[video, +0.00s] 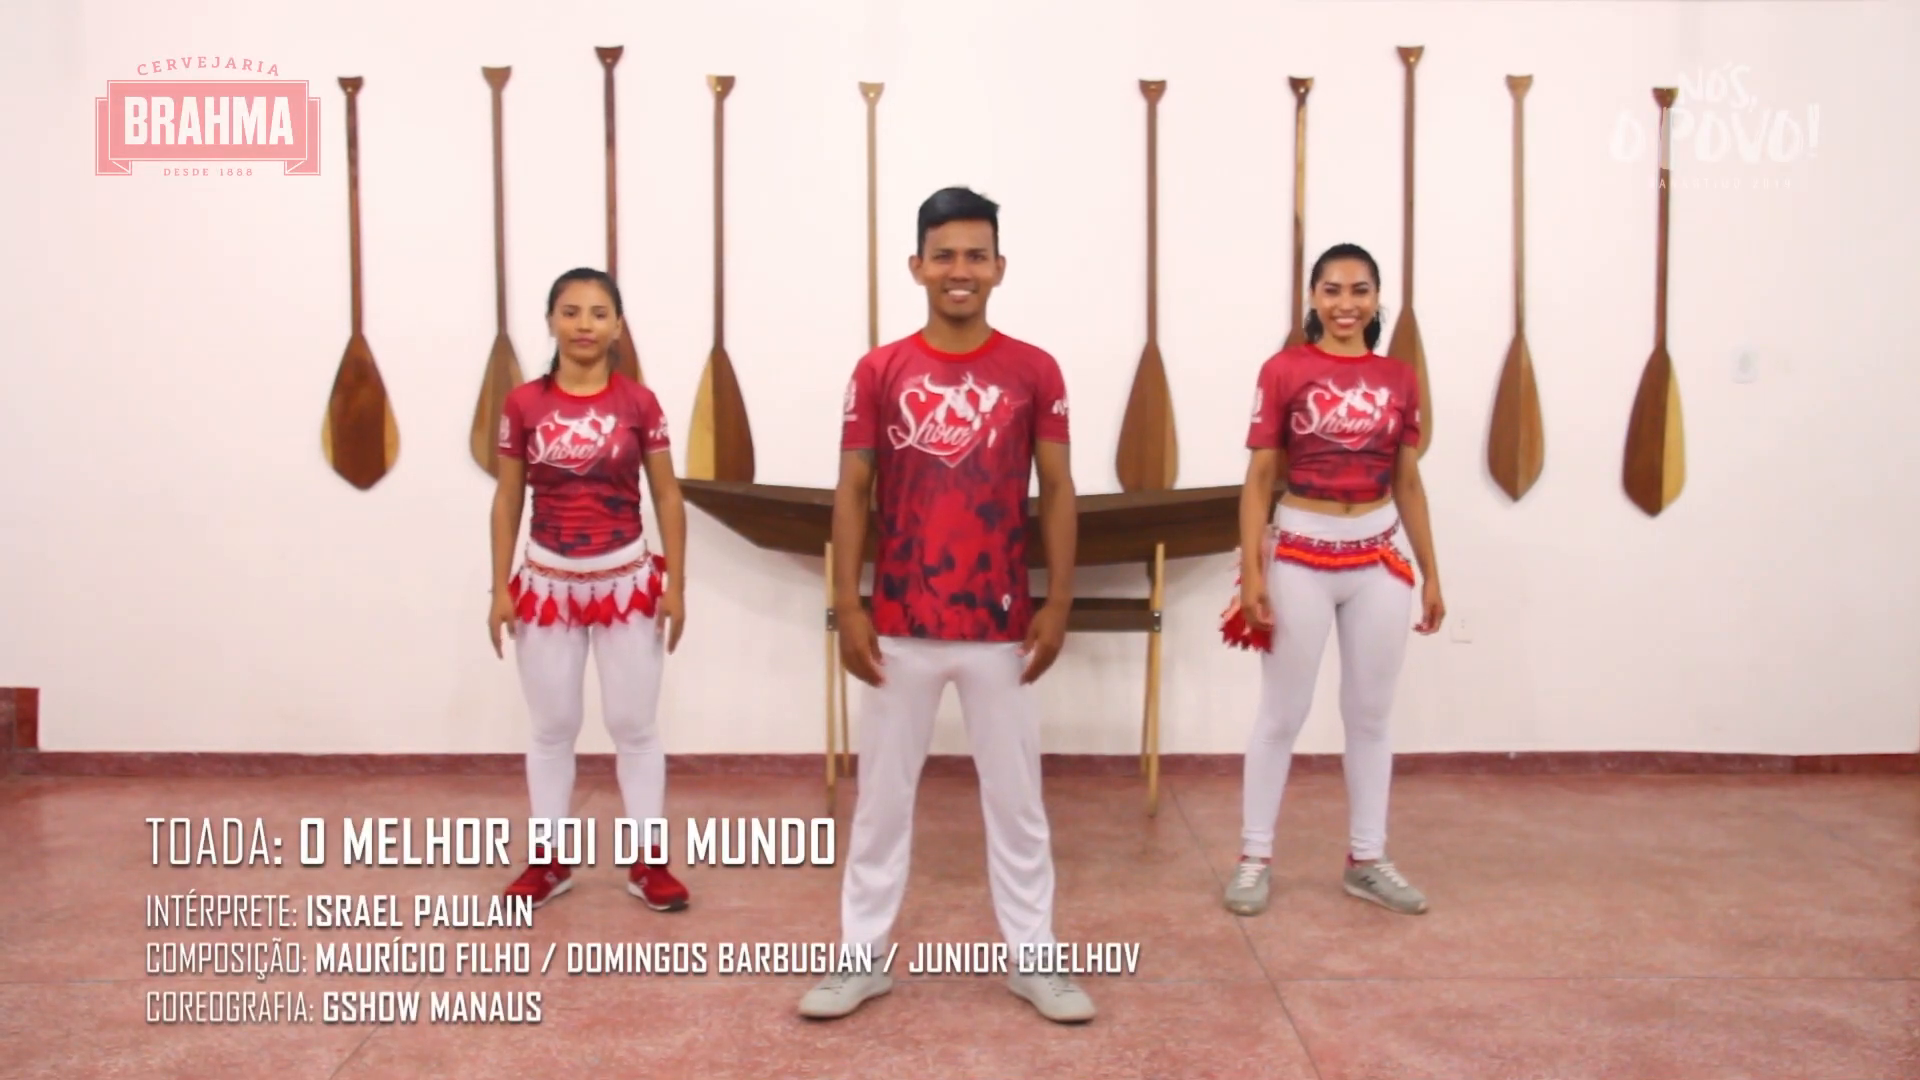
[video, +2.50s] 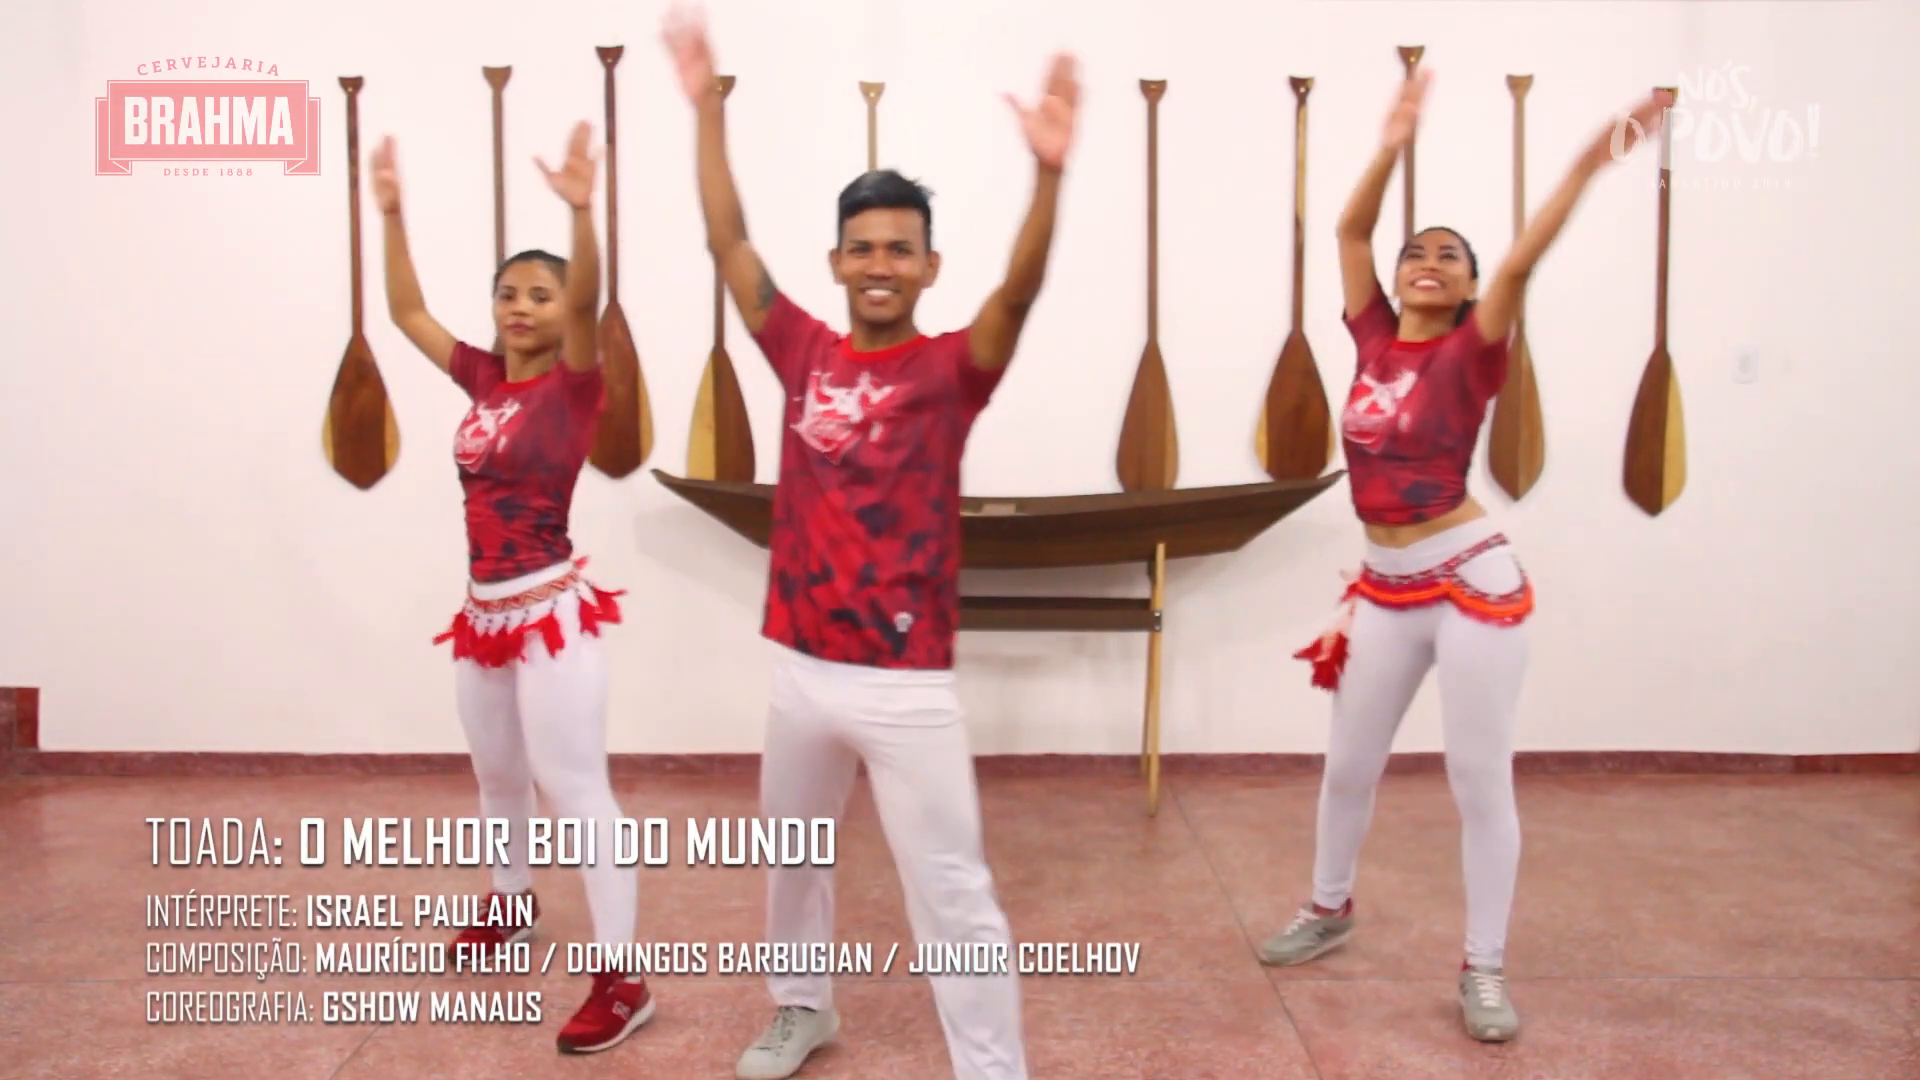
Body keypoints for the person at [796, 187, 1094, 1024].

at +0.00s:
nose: (962, 270)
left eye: (977, 255)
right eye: (946, 256)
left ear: (998, 266)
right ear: (919, 267)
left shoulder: (1034, 371)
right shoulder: (879, 373)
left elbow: (1058, 492)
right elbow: (852, 494)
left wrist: (1059, 601)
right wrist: (845, 605)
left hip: (999, 624)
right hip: (901, 623)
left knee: (1016, 799)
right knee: (881, 796)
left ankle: (1033, 954)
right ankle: (863, 953)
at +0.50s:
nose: (969, 249)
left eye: (987, 237)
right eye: (956, 239)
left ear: (1020, 261)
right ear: (939, 264)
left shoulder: (1054, 371)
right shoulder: (912, 371)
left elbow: (1064, 486)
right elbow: (911, 499)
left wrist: (1074, 600)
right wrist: (939, 618)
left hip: (1028, 626)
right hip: (937, 625)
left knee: (1028, 800)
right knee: (898, 797)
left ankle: (1034, 954)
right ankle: (868, 951)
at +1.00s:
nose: (954, 248)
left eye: (973, 235)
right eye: (942, 238)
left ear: (1009, 258)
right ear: (929, 265)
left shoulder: (1043, 344)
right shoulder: (914, 352)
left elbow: (1147, 297)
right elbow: (872, 301)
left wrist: (1239, 233)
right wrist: (906, 206)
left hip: (1029, 623)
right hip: (935, 624)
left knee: (1033, 803)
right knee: (878, 798)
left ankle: (1035, 958)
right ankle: (819, 975)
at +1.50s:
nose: (862, 240)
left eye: (883, 229)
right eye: (852, 228)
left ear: (924, 255)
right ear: (838, 248)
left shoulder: (944, 343)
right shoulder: (792, 338)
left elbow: (999, 242)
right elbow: (687, 282)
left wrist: (981, 123)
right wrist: (577, 217)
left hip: (915, 629)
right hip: (808, 630)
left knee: (982, 798)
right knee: (791, 827)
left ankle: (1044, 953)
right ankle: (807, 1006)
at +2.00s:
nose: (839, 251)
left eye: (859, 237)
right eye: (823, 235)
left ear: (888, 258)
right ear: (800, 254)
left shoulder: (910, 351)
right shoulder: (757, 352)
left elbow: (960, 243)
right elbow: (626, 324)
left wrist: (853, 157)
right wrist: (508, 299)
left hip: (860, 643)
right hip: (766, 641)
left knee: (854, 837)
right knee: (770, 838)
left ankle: (875, 985)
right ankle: (801, 1007)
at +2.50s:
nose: (881, 265)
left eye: (900, 249)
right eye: (863, 249)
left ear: (931, 266)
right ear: (837, 264)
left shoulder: (955, 372)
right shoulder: (805, 358)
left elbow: (1019, 287)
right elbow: (727, 241)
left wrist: (1048, 172)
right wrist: (706, 102)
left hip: (910, 681)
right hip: (802, 669)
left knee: (953, 894)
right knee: (790, 855)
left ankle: (993, 1069)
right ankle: (801, 1011)